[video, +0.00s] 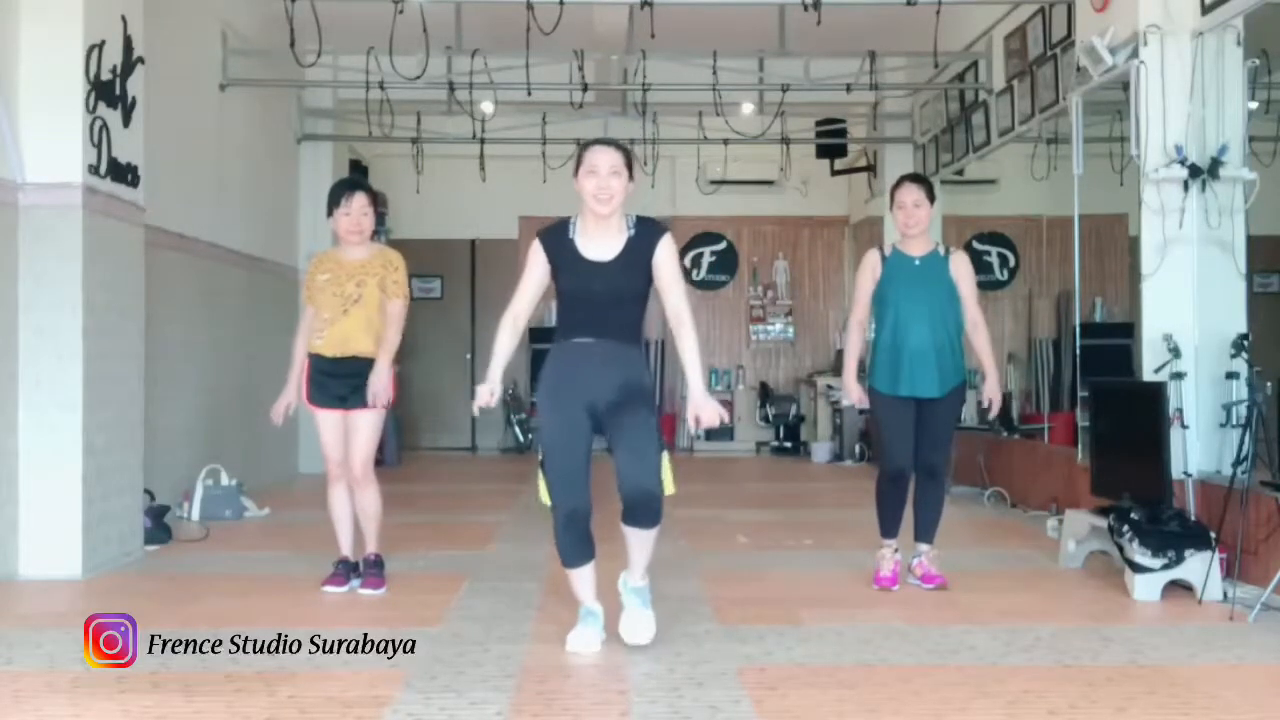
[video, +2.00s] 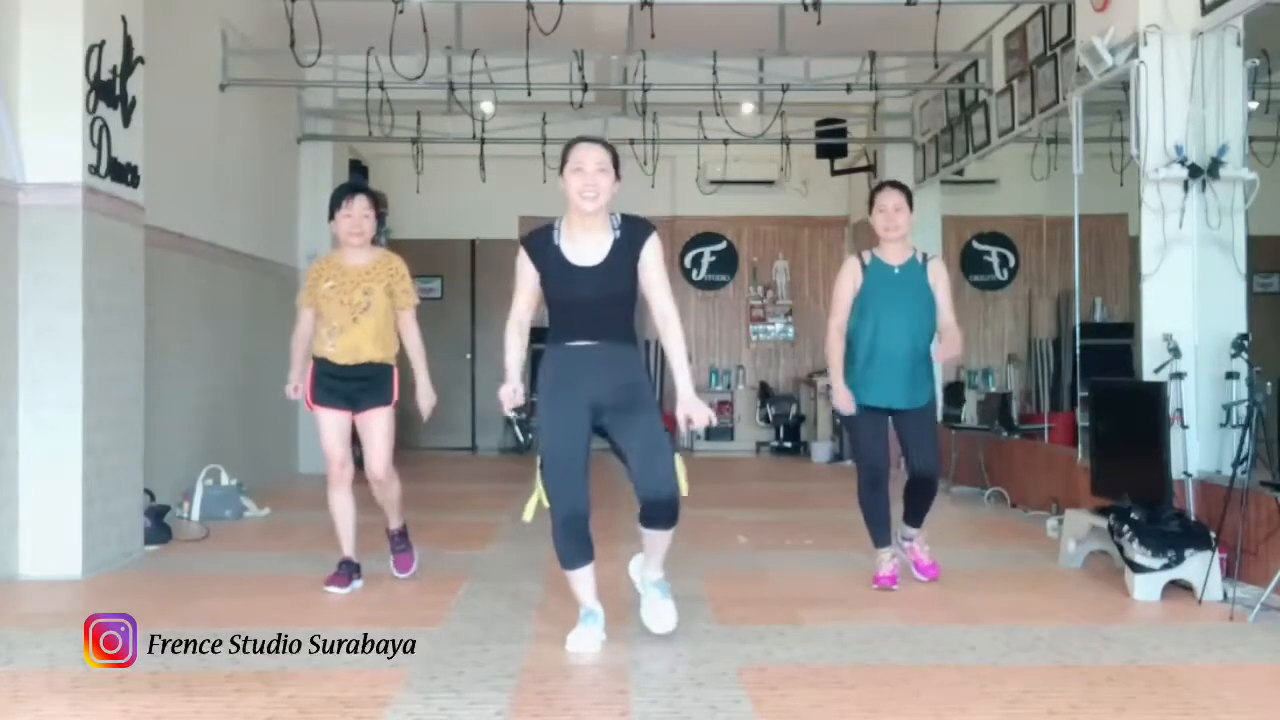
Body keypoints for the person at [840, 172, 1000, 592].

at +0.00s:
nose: (908, 214)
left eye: (917, 205)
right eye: (901, 206)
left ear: (932, 210)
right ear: (891, 212)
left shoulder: (955, 260)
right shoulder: (876, 260)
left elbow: (974, 321)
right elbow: (858, 320)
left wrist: (991, 374)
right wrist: (849, 375)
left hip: (944, 385)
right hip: (890, 385)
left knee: (933, 468)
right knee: (896, 466)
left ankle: (923, 555)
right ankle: (888, 552)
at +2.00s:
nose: (889, 217)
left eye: (898, 209)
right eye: (881, 210)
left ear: (911, 217)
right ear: (871, 219)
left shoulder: (932, 267)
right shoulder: (855, 267)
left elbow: (948, 325)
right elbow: (836, 328)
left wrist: (949, 345)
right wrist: (838, 384)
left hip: (916, 389)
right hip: (864, 389)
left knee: (926, 471)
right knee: (872, 471)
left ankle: (911, 537)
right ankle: (884, 554)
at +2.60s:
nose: (897, 208)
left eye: (905, 201)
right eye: (888, 201)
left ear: (917, 207)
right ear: (876, 208)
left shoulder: (935, 257)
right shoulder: (859, 255)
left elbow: (945, 314)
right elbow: (841, 312)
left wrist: (953, 363)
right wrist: (869, 335)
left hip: (929, 374)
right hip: (875, 377)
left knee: (935, 463)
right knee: (880, 465)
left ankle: (939, 558)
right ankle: (886, 555)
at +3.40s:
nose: (900, 207)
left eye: (908, 200)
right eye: (892, 202)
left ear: (921, 207)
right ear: (881, 211)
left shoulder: (944, 260)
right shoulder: (867, 258)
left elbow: (959, 319)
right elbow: (846, 316)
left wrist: (961, 370)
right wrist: (832, 370)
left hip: (930, 381)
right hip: (877, 380)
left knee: (926, 467)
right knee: (884, 465)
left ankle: (918, 548)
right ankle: (887, 555)